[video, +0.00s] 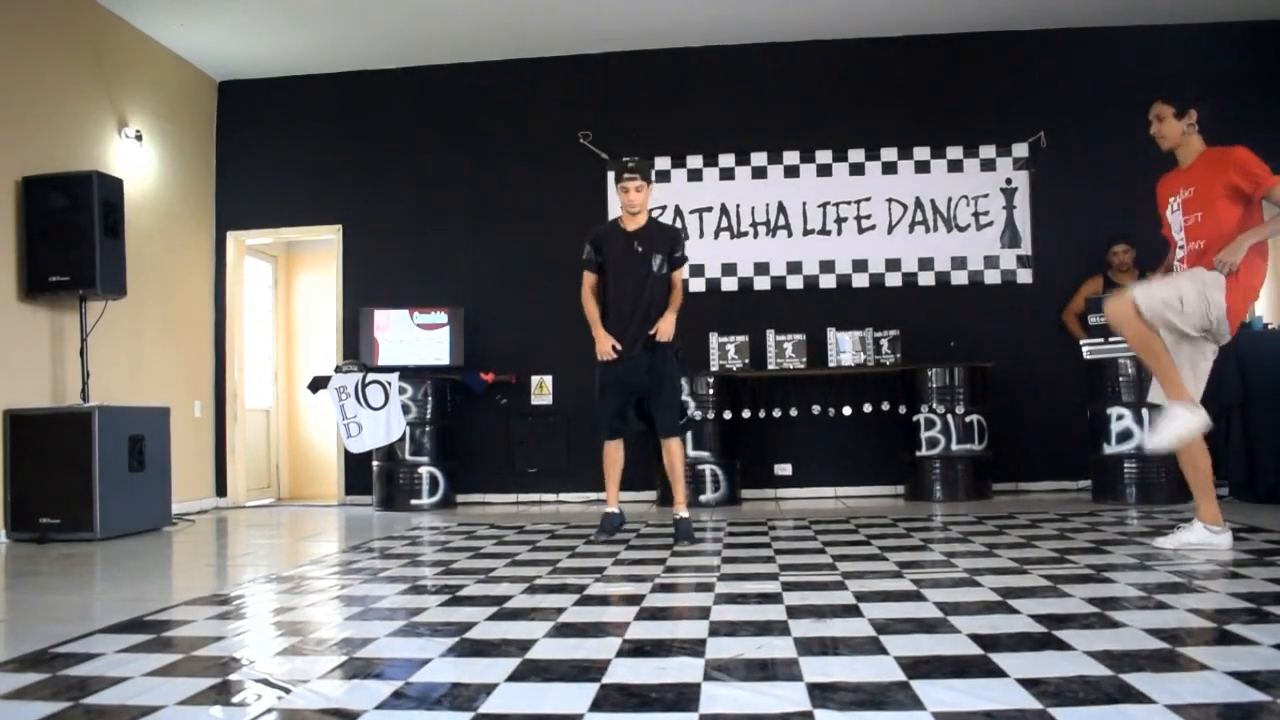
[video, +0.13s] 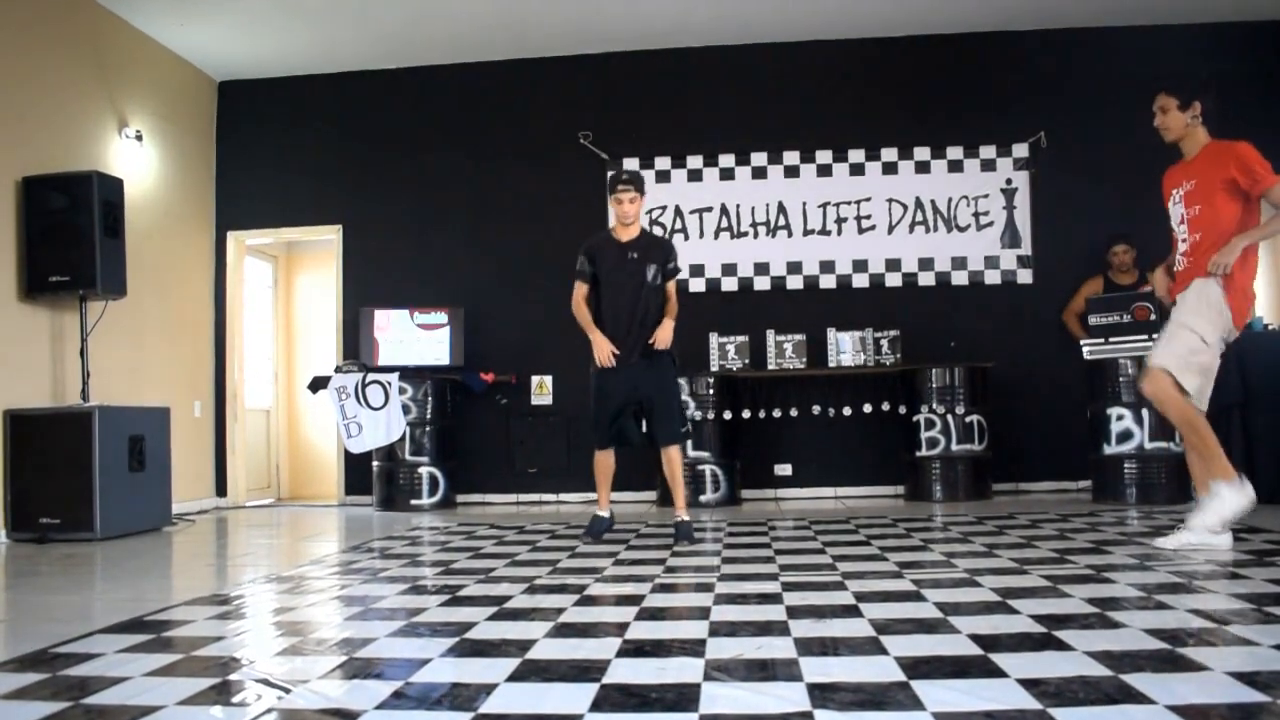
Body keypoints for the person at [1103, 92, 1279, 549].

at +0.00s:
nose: (1153, 129)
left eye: (1160, 119)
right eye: (1151, 122)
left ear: (1190, 120)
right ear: (1161, 130)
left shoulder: (1234, 159)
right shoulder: (1166, 186)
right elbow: (1178, 247)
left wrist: (1246, 239)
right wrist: (1157, 281)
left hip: (1225, 286)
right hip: (1189, 294)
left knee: (1121, 306)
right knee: (1176, 411)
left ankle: (1183, 407)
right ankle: (1211, 525)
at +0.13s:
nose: (1157, 121)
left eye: (1165, 112)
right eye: (1155, 114)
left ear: (1194, 112)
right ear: (1165, 121)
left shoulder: (1234, 154)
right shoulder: (1172, 177)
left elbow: (1279, 208)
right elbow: (1191, 240)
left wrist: (1242, 240)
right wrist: (1165, 268)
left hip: (1221, 289)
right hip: (1190, 294)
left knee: (1156, 382)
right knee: (1185, 406)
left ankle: (1228, 484)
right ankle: (1210, 522)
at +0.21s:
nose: (1160, 118)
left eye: (1167, 109)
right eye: (1158, 111)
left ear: (1198, 109)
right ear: (1176, 115)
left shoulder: (1238, 153)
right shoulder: (1178, 174)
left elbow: (1277, 217)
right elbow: (1193, 240)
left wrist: (1235, 240)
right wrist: (1163, 267)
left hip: (1221, 298)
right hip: (1183, 301)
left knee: (1195, 409)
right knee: (1185, 412)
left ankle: (1244, 522)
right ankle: (1210, 524)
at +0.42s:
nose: (1173, 119)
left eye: (1180, 109)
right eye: (1171, 112)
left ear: (1211, 107)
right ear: (1194, 114)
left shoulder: (1256, 153)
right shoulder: (1195, 174)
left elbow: (1277, 219)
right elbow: (1201, 250)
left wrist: (1212, 217)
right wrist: (1168, 289)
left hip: (1228, 319)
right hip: (1177, 307)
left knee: (1216, 425)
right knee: (1111, 370)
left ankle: (1247, 531)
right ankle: (1156, 452)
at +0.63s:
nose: (1169, 135)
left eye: (1176, 126)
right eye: (1169, 127)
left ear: (1207, 126)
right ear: (1194, 130)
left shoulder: (1237, 167)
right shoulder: (1206, 181)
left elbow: (1249, 230)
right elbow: (1209, 242)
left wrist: (1193, 209)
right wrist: (1175, 232)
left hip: (1216, 317)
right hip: (1189, 282)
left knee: (1197, 424)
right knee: (1132, 208)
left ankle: (1245, 532)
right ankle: (1059, 283)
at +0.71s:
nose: (1166, 138)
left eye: (1174, 129)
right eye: (1166, 130)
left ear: (1204, 130)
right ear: (1189, 134)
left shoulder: (1233, 171)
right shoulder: (1196, 183)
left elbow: (1228, 235)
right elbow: (1195, 242)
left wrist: (1181, 211)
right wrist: (1171, 224)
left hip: (1209, 319)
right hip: (1184, 290)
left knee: (1189, 427)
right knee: (1162, 193)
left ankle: (1243, 531)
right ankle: (1070, 228)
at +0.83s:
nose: (1169, 139)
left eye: (1176, 130)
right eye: (1168, 131)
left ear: (1206, 131)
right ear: (1196, 134)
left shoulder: (1230, 173)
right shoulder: (1208, 182)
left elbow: (1209, 241)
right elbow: (1200, 254)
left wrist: (1167, 205)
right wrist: (1166, 231)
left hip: (1213, 318)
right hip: (1189, 294)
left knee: (1190, 429)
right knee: (1152, 204)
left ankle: (1244, 532)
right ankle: (1078, 262)